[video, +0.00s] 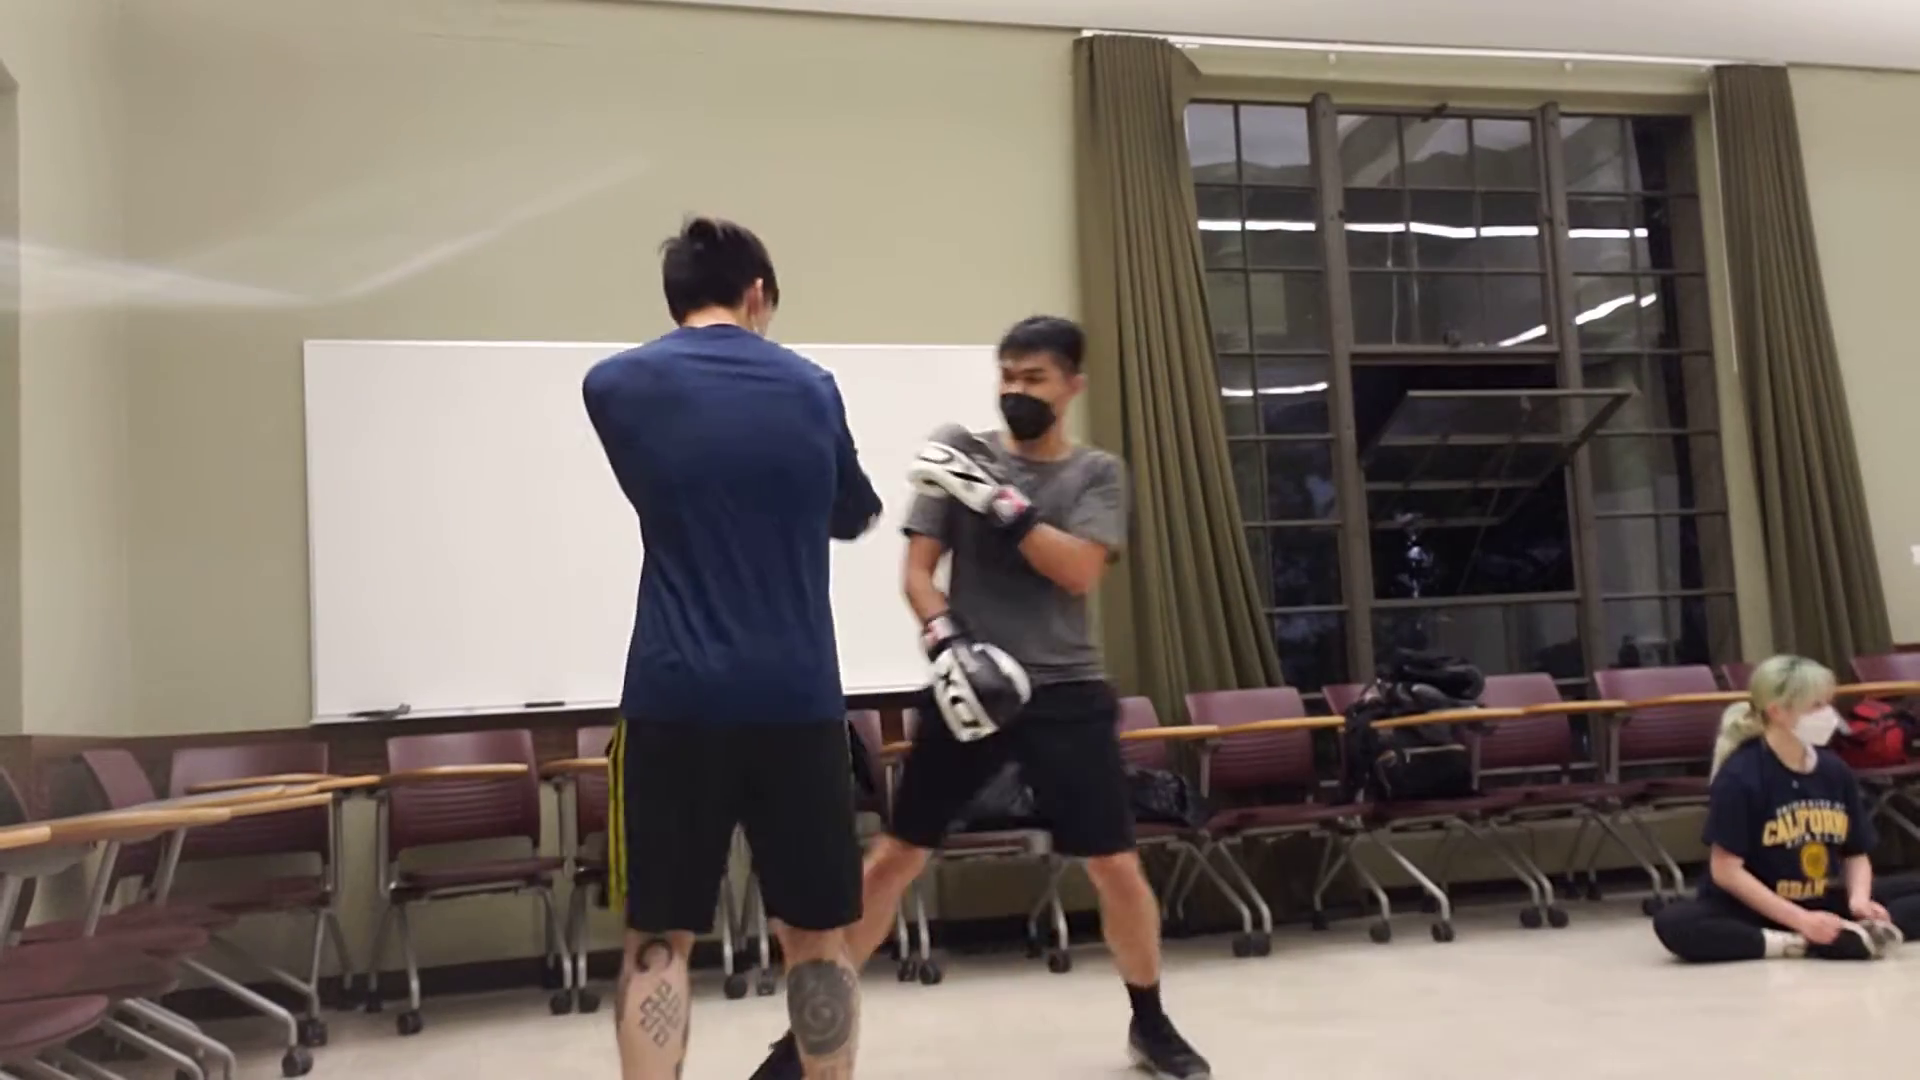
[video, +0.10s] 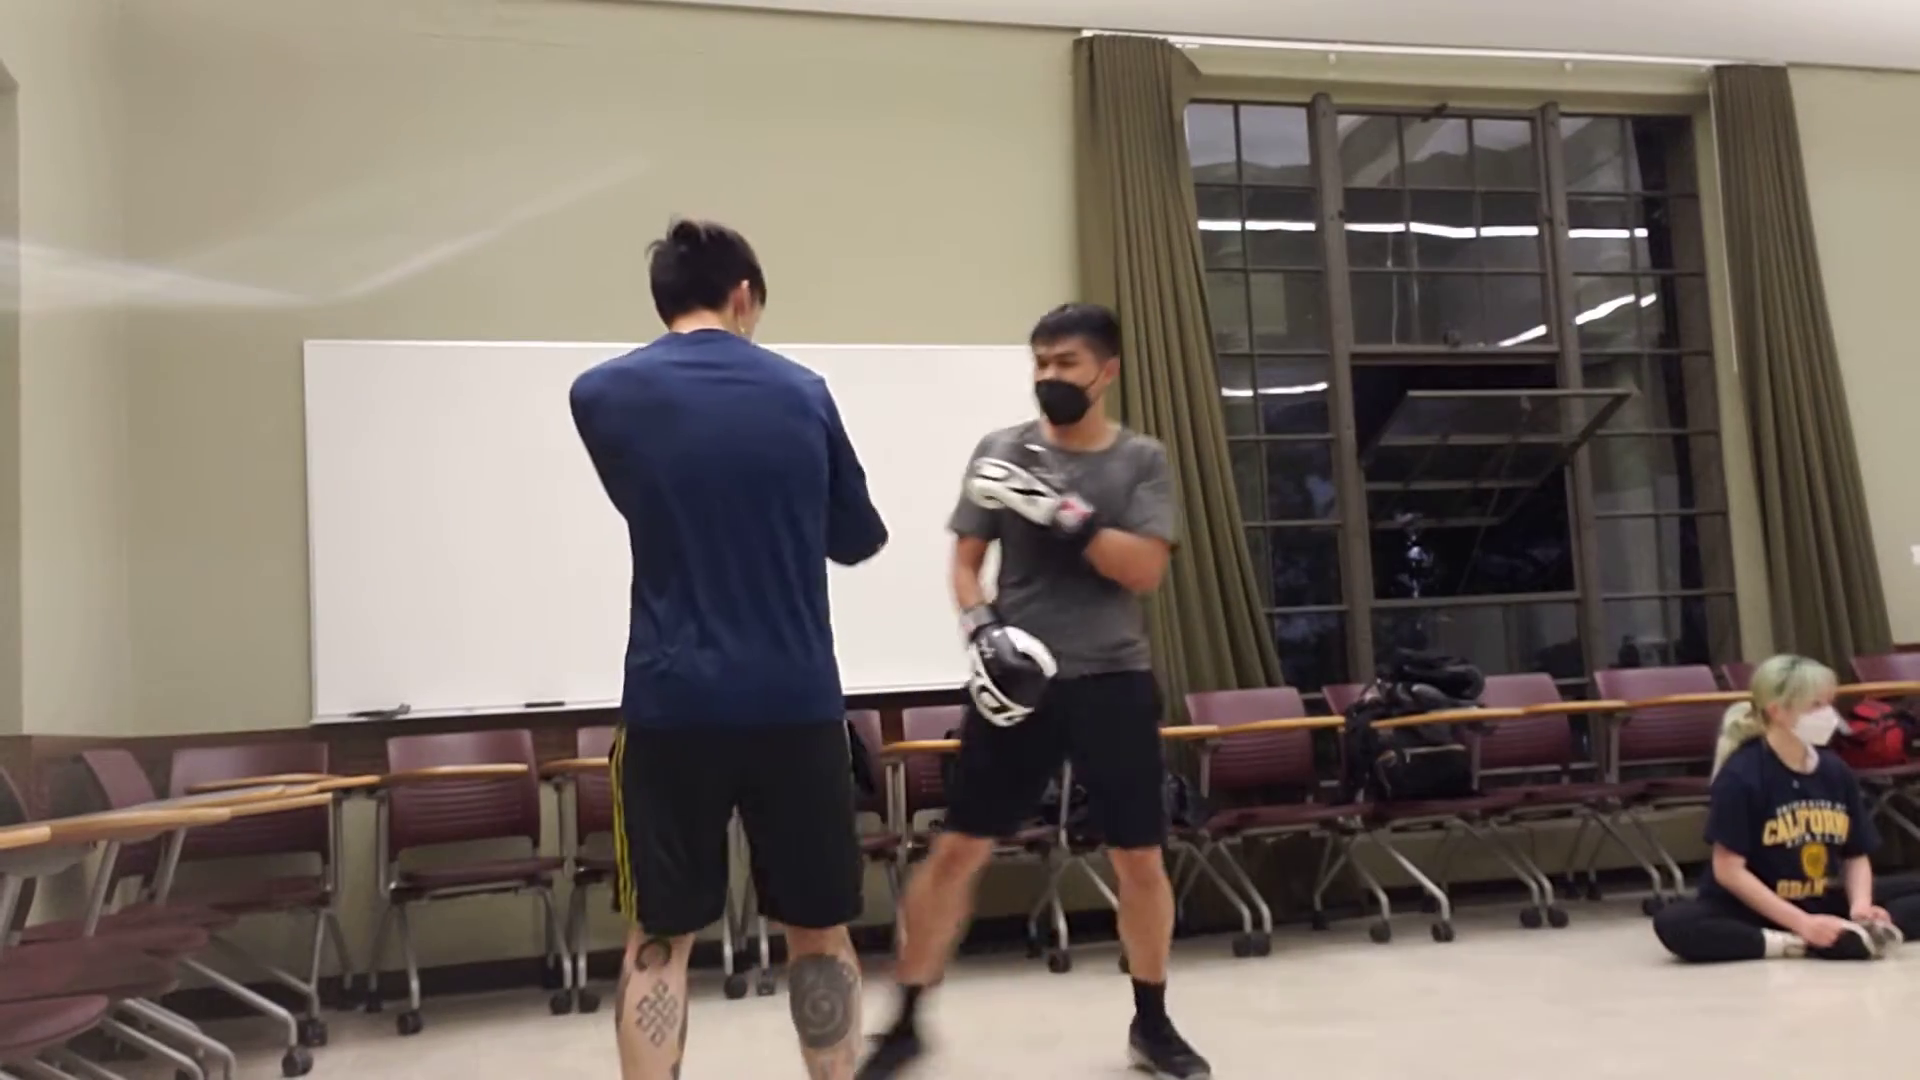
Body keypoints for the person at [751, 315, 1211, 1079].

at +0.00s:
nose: (1018, 392)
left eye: (1035, 379)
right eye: (1008, 379)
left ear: (1073, 385)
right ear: (996, 383)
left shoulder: (1097, 471)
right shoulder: (962, 455)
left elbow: (1081, 572)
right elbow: (917, 572)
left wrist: (998, 502)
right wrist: (946, 641)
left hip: (1067, 695)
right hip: (970, 692)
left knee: (1116, 865)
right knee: (892, 859)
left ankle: (1151, 1022)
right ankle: (811, 1029)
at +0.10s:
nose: (1050, 377)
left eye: (1067, 363)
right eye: (1041, 364)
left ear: (1108, 369)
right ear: (1030, 372)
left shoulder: (1142, 460)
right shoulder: (1003, 453)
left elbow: (1145, 570)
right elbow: (965, 561)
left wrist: (1064, 513)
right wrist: (980, 629)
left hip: (1112, 681)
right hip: (1017, 681)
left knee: (1140, 858)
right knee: (958, 849)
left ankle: (1151, 1021)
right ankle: (904, 1024)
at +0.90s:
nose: (1292, 370)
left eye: (1306, 352)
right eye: (1281, 357)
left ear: (1349, 346)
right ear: (1272, 361)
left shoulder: (1412, 426)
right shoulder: (1261, 440)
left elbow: (1453, 543)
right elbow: (1249, 553)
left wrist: (1382, 515)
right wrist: (1249, 641)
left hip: (1395, 657)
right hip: (1295, 660)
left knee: (1417, 826)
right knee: (1269, 826)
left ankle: (1423, 1003)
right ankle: (1251, 1007)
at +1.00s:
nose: (1303, 367)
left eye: (1316, 349)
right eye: (1292, 354)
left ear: (1360, 340)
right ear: (1284, 355)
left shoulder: (1423, 413)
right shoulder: (1277, 430)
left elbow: (1460, 529)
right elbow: (1266, 544)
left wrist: (1384, 496)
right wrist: (1262, 626)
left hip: (1410, 651)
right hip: (1310, 652)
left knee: (1423, 823)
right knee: (1289, 822)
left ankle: (1425, 1000)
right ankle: (1281, 1004)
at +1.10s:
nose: (1313, 369)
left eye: (1326, 351)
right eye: (1301, 355)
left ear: (1369, 340)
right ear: (1292, 354)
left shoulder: (1432, 408)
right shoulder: (1290, 428)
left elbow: (1464, 524)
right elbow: (1273, 544)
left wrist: (1375, 476)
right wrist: (1268, 624)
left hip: (1419, 650)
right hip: (1320, 651)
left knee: (1431, 824)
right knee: (1292, 821)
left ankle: (1426, 998)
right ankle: (1287, 1004)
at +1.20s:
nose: (1319, 385)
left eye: (1333, 368)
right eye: (1309, 369)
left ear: (1377, 349)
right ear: (1302, 360)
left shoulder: (1438, 415)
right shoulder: (1302, 425)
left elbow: (1464, 527)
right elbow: (1280, 544)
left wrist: (1372, 483)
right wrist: (1275, 624)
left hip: (1426, 655)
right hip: (1326, 655)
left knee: (1437, 829)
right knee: (1295, 828)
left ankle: (1428, 1001)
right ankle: (1280, 1014)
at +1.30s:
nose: (1332, 392)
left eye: (1344, 376)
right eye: (1321, 377)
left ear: (1386, 355)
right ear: (1309, 364)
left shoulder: (1442, 416)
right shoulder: (1300, 420)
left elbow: (1444, 533)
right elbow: (1272, 534)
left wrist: (1346, 485)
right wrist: (1273, 619)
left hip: (1424, 656)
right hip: (1323, 654)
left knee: (1456, 834)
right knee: (1294, 834)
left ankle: (1447, 986)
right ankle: (1270, 1020)